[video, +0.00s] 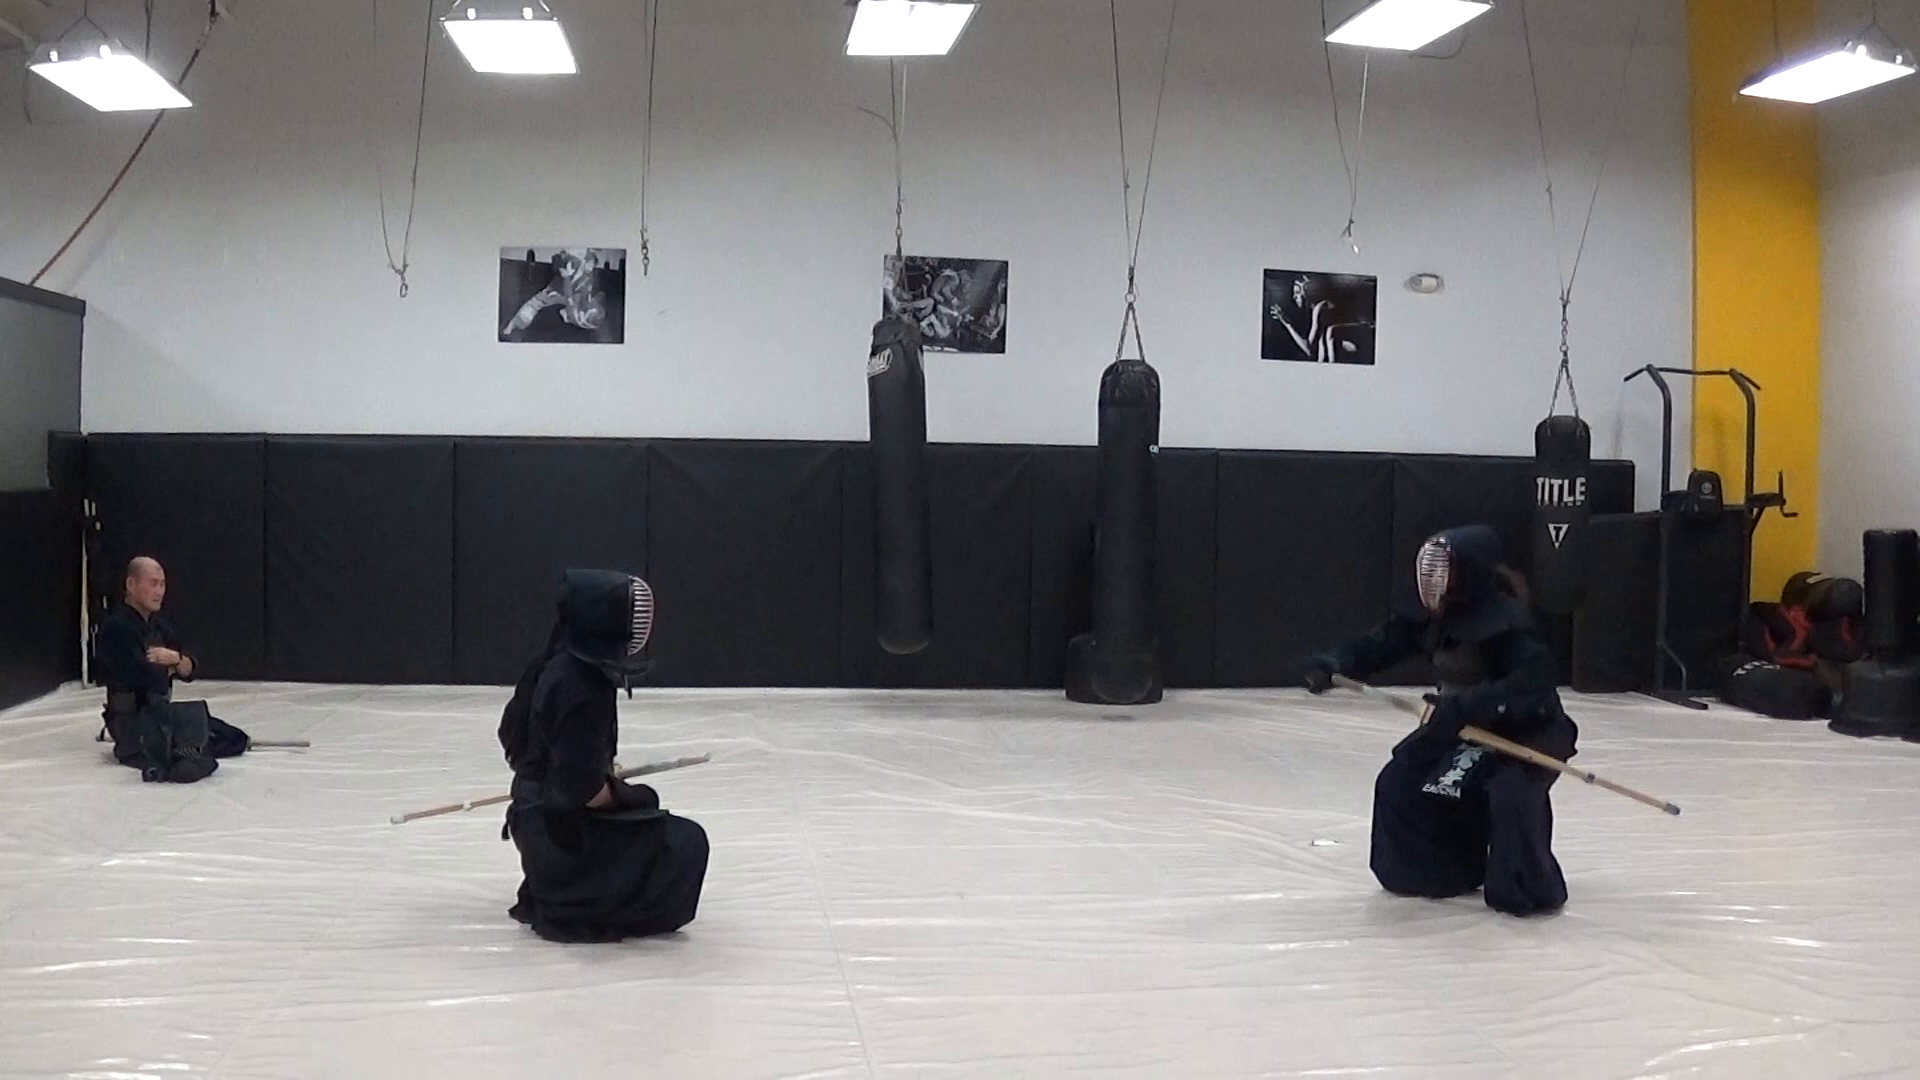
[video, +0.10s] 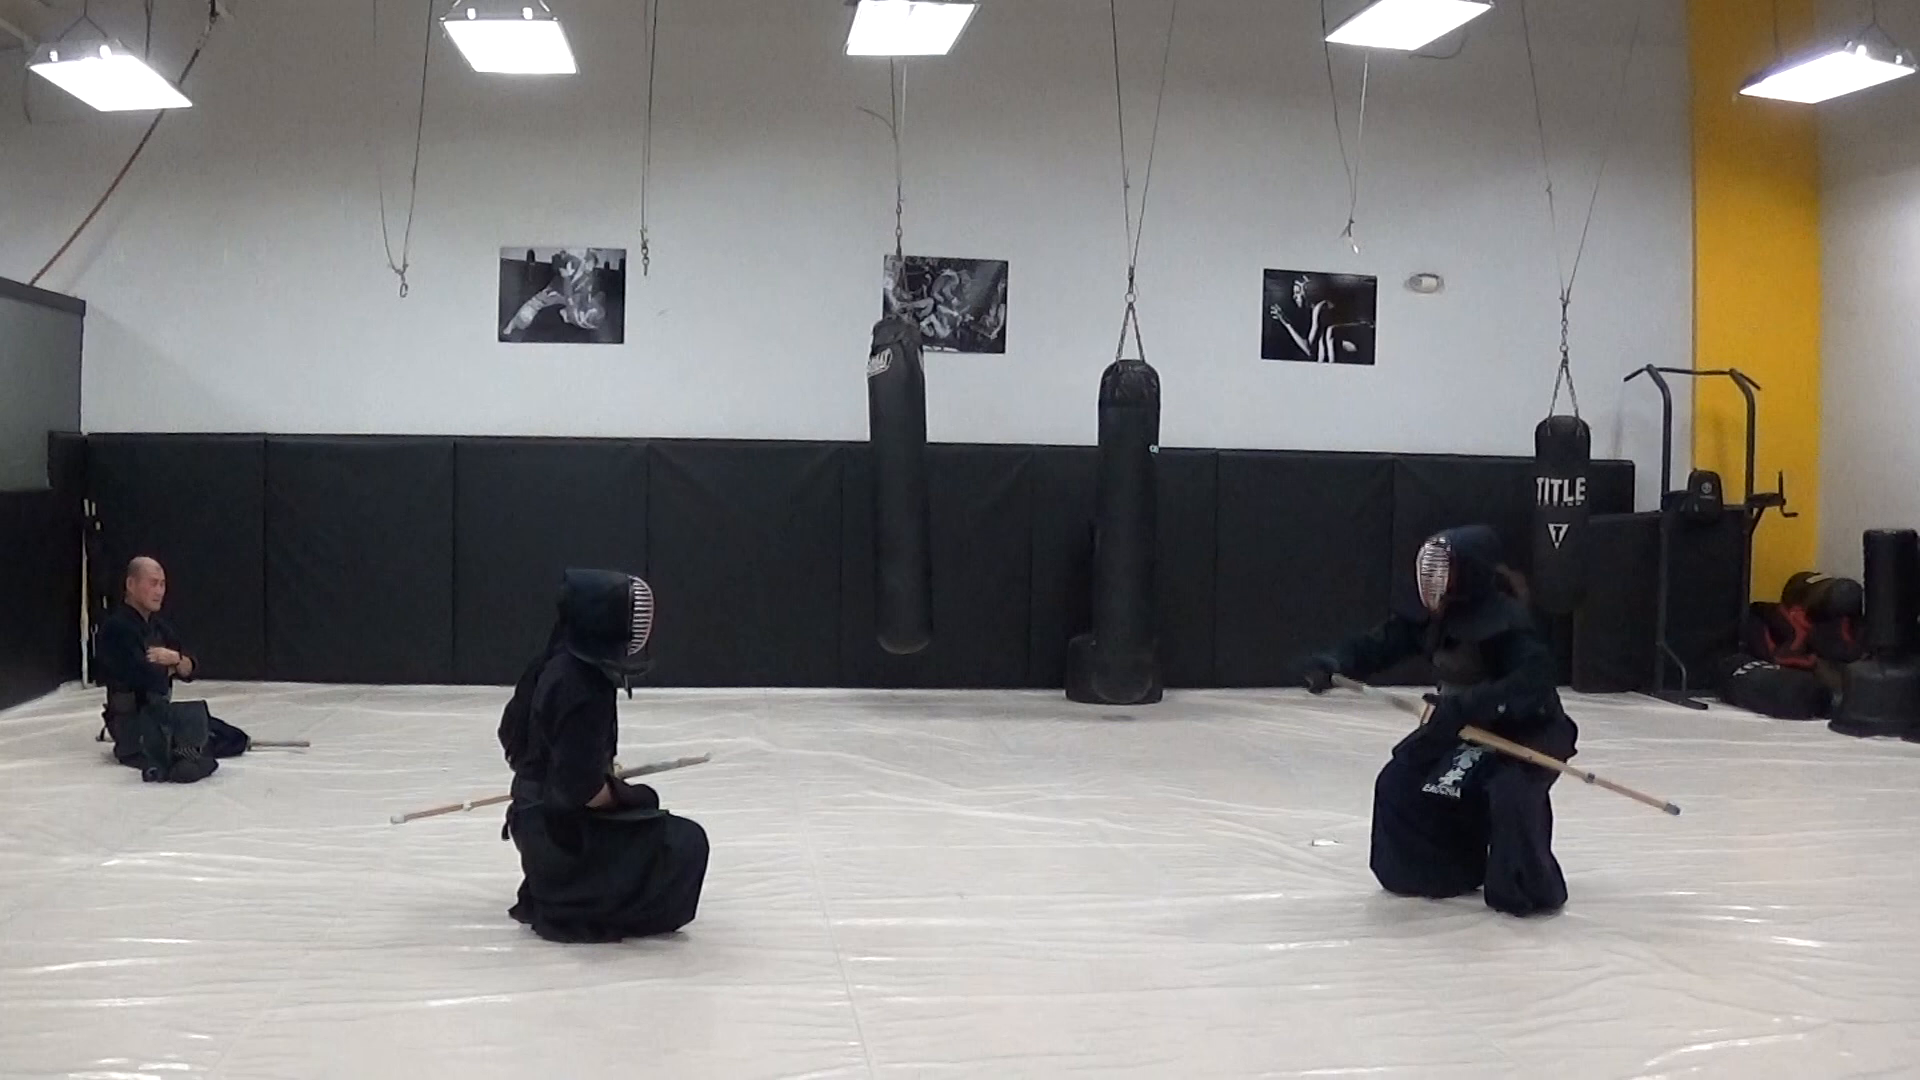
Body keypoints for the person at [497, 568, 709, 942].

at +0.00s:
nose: (639, 645)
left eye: (640, 634)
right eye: (634, 635)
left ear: (585, 623)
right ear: (610, 632)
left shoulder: (551, 665)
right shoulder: (585, 684)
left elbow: (512, 734)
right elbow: (579, 786)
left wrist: (549, 777)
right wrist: (629, 796)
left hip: (533, 824)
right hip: (561, 837)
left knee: (651, 814)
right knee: (687, 841)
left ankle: (550, 892)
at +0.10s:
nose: (639, 645)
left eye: (640, 634)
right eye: (634, 635)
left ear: (585, 623)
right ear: (610, 632)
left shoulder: (551, 665)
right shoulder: (585, 684)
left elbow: (512, 734)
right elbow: (579, 786)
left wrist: (549, 777)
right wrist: (629, 796)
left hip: (533, 824)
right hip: (561, 837)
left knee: (651, 814)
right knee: (687, 841)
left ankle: (550, 892)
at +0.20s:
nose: (639, 645)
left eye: (640, 634)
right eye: (634, 635)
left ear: (585, 623)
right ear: (610, 632)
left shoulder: (551, 665)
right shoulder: (585, 684)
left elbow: (512, 734)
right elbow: (579, 786)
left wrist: (549, 777)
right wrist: (629, 796)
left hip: (533, 824)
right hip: (561, 837)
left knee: (651, 814)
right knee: (687, 841)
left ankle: (550, 892)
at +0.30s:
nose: (639, 645)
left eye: (640, 634)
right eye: (634, 635)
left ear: (585, 623)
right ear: (610, 632)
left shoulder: (551, 665)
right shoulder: (585, 684)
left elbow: (512, 734)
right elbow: (579, 786)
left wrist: (549, 777)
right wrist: (629, 796)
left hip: (533, 824)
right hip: (561, 837)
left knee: (651, 814)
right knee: (687, 841)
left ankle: (550, 892)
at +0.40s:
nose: (639, 645)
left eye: (640, 634)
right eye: (634, 635)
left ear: (585, 623)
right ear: (610, 632)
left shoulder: (551, 665)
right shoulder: (585, 684)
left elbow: (512, 734)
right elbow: (579, 786)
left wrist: (549, 777)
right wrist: (629, 796)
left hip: (533, 824)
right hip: (561, 837)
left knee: (651, 814)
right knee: (687, 841)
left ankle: (550, 892)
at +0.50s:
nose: (639, 645)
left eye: (640, 634)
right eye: (634, 635)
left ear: (585, 623)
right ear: (610, 632)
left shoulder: (551, 665)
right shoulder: (585, 684)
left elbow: (512, 734)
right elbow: (579, 786)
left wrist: (549, 777)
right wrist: (629, 796)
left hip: (533, 824)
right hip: (561, 837)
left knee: (651, 814)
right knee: (687, 841)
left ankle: (550, 892)